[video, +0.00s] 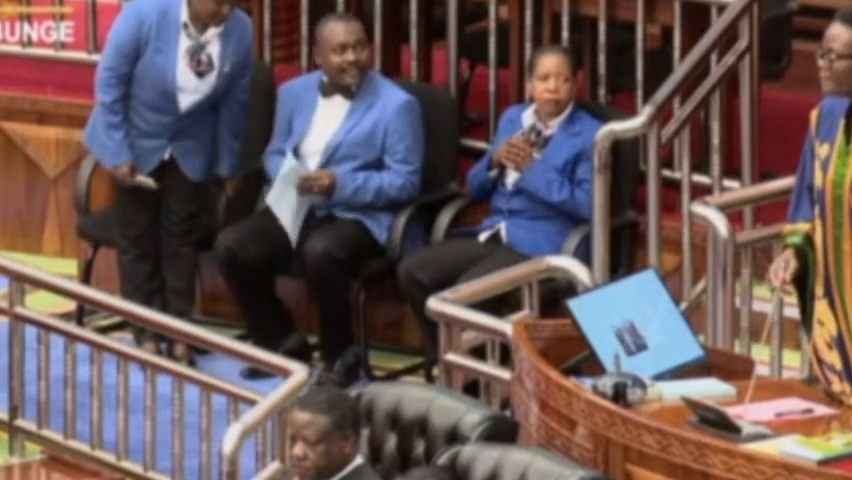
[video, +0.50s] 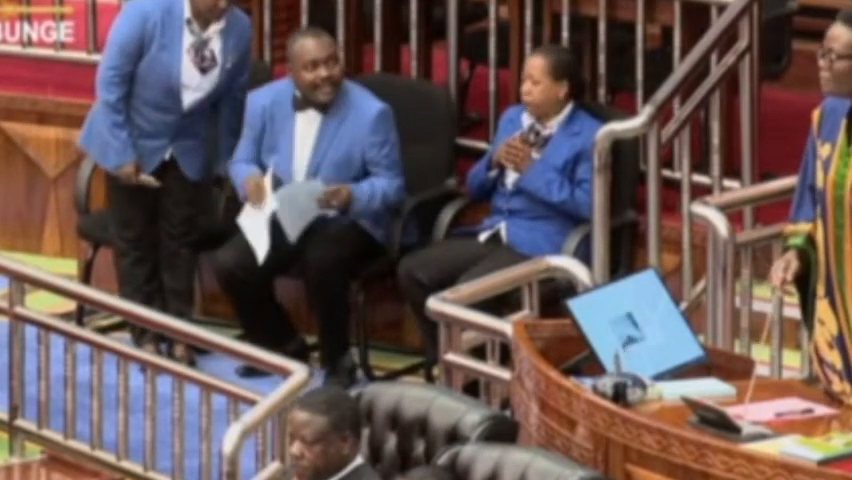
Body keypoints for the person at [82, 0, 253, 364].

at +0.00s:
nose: (226, 13)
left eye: (230, 7)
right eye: (220, 5)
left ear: (232, 7)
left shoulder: (240, 29)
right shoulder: (144, 14)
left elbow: (236, 101)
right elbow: (110, 80)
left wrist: (227, 162)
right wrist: (117, 152)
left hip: (194, 141)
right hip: (139, 139)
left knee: (183, 236)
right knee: (138, 237)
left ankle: (180, 331)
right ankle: (144, 331)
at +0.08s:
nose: (226, 13)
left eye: (230, 7)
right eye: (220, 5)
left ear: (232, 7)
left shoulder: (240, 29)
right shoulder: (144, 14)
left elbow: (236, 101)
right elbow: (110, 81)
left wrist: (228, 162)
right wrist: (117, 152)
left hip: (194, 142)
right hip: (139, 139)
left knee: (182, 238)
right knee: (138, 239)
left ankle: (180, 332)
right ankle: (144, 332)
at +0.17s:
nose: (227, 12)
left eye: (231, 7)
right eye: (222, 5)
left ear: (232, 7)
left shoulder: (241, 30)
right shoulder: (145, 14)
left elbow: (236, 100)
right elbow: (110, 81)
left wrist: (227, 162)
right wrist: (118, 153)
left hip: (193, 142)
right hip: (138, 139)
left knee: (182, 238)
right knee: (138, 239)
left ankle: (180, 332)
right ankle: (144, 332)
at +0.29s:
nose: (225, 10)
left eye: (229, 5)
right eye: (219, 3)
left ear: (232, 5)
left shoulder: (241, 29)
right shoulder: (146, 13)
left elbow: (236, 100)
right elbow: (111, 81)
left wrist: (227, 163)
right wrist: (120, 155)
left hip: (193, 143)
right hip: (136, 140)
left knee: (182, 239)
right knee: (136, 240)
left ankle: (180, 332)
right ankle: (143, 332)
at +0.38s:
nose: (223, 8)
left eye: (228, 4)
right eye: (218, 3)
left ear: (231, 4)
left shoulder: (240, 29)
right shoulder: (146, 13)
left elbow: (236, 100)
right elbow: (111, 81)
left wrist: (226, 162)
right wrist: (120, 155)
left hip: (192, 143)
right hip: (135, 140)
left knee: (181, 239)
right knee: (136, 240)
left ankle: (180, 332)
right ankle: (144, 332)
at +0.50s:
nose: (221, 7)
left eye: (225, 4)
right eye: (216, 2)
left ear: (228, 4)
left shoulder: (239, 28)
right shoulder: (145, 13)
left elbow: (233, 98)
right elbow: (111, 82)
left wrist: (225, 159)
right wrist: (120, 155)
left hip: (191, 142)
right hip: (135, 140)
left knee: (180, 239)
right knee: (135, 240)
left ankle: (180, 332)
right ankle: (144, 332)